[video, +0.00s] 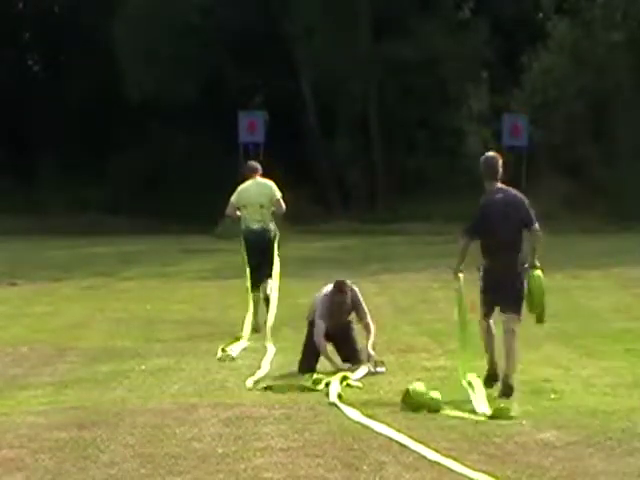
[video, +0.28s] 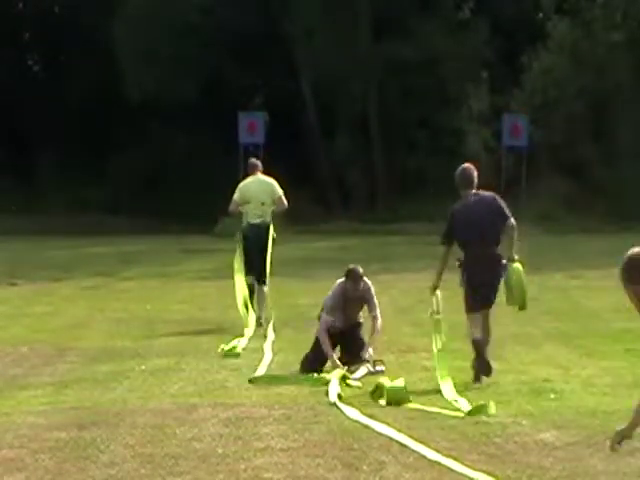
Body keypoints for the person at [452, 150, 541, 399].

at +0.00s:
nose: (489, 175)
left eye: (486, 171)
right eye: (497, 169)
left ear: (482, 173)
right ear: (502, 171)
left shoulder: (484, 203)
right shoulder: (518, 199)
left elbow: (468, 238)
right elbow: (535, 231)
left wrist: (458, 265)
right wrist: (533, 260)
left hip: (491, 269)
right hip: (514, 269)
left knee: (485, 318)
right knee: (511, 324)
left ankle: (492, 364)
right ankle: (508, 376)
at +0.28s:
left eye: (461, 182)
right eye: (472, 180)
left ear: (458, 183)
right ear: (477, 181)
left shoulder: (457, 210)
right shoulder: (492, 200)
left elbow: (447, 248)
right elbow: (511, 225)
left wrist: (437, 280)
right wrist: (512, 255)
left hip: (470, 262)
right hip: (493, 259)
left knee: (473, 313)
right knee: (485, 313)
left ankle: (479, 345)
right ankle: (478, 365)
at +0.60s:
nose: (436, 202)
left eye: (435, 198)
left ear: (435, 198)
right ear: (452, 193)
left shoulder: (438, 219)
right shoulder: (470, 205)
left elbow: (427, 259)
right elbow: (487, 220)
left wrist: (415, 292)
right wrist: (493, 250)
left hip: (457, 266)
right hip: (479, 261)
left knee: (452, 318)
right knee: (476, 312)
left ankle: (464, 364)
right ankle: (481, 334)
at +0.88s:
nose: (435, 177)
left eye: (431, 173)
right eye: (439, 171)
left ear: (427, 175)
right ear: (444, 173)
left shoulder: (428, 197)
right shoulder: (458, 193)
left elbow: (426, 218)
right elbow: (475, 216)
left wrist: (422, 246)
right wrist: (481, 243)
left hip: (439, 248)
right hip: (458, 245)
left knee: (435, 295)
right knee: (458, 298)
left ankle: (443, 329)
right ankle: (456, 346)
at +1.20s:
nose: (441, 179)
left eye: (435, 176)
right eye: (441, 176)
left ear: (426, 177)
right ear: (442, 176)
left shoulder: (418, 197)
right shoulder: (449, 198)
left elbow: (405, 216)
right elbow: (464, 223)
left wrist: (395, 227)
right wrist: (470, 243)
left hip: (424, 244)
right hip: (443, 244)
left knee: (424, 285)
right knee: (439, 287)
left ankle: (428, 322)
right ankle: (436, 328)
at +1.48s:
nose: (442, 177)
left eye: (441, 174)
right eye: (442, 174)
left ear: (426, 175)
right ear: (440, 174)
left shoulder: (417, 194)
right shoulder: (447, 192)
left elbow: (402, 214)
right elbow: (457, 211)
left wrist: (403, 219)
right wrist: (465, 221)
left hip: (425, 239)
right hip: (442, 239)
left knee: (421, 280)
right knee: (442, 275)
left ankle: (418, 314)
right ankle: (439, 299)